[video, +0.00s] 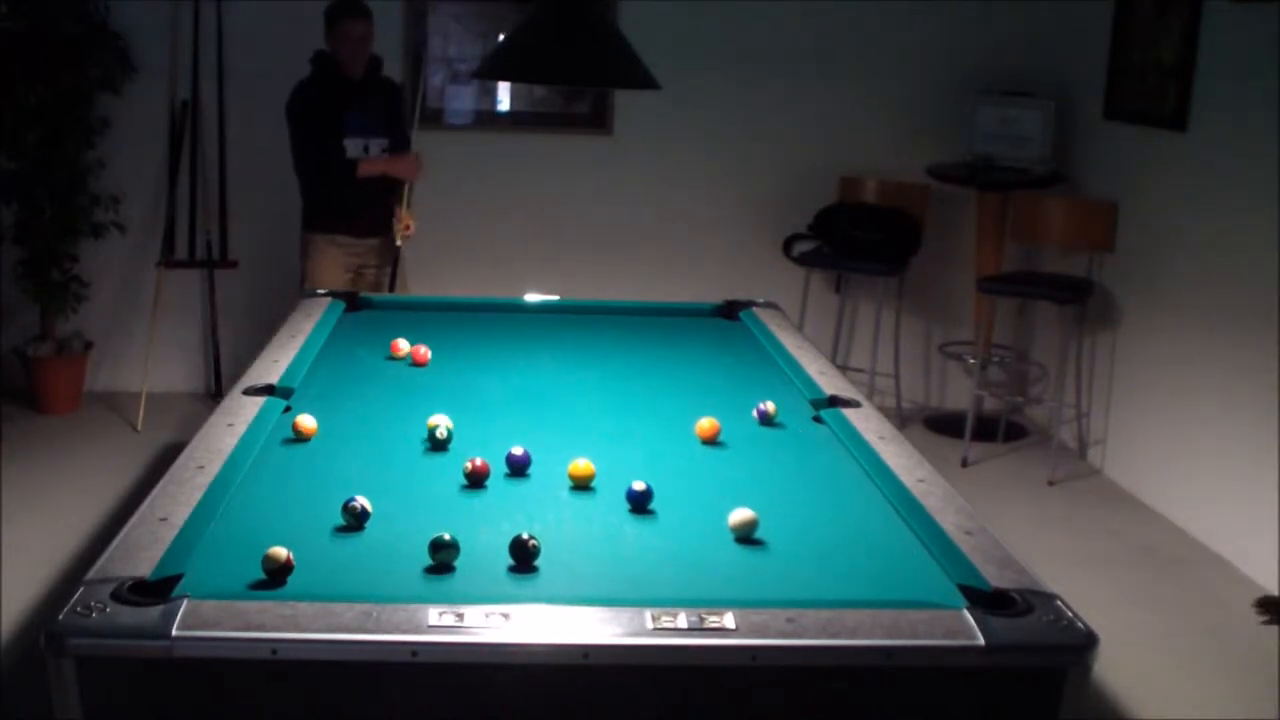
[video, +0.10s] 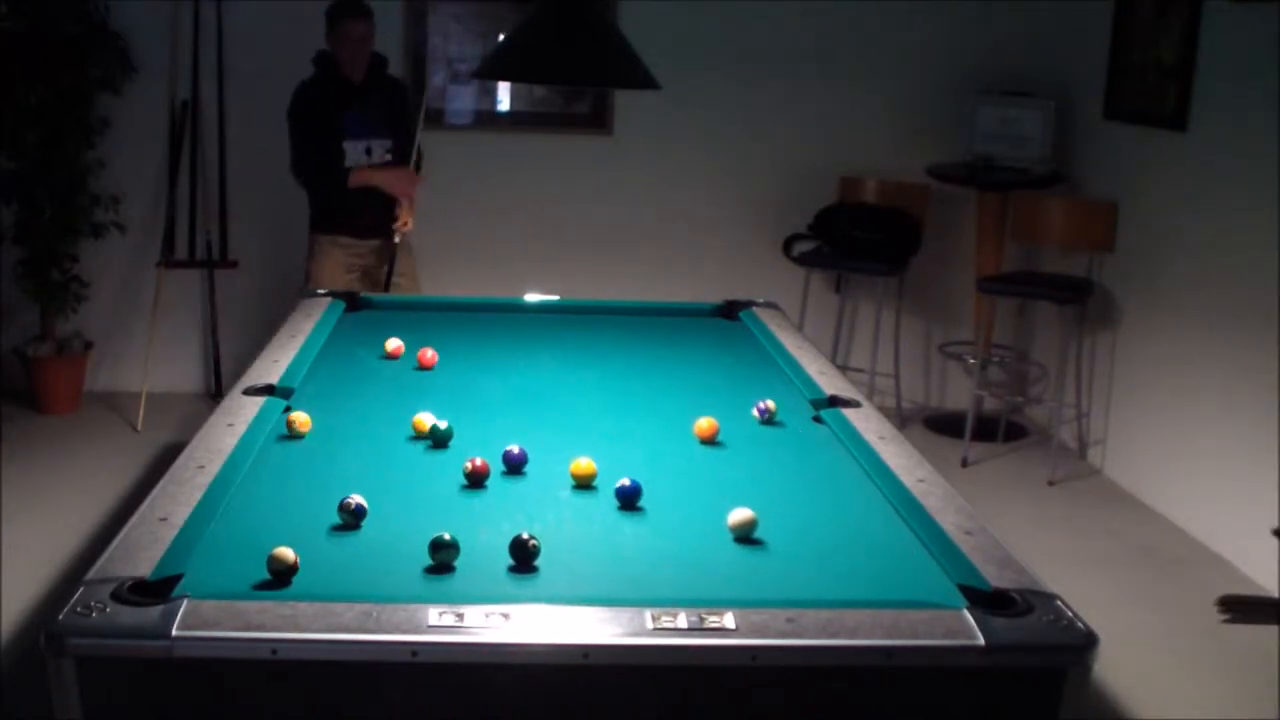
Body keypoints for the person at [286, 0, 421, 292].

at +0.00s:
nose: (358, 48)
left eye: (364, 38)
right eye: (350, 39)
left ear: (372, 38)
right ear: (331, 41)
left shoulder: (387, 91)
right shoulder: (309, 93)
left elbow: (400, 159)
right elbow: (318, 171)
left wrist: (400, 210)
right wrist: (387, 165)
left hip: (379, 236)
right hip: (329, 236)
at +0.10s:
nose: (358, 49)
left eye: (364, 39)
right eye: (349, 40)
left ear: (373, 39)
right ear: (331, 41)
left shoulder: (393, 90)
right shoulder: (310, 94)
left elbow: (410, 154)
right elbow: (310, 172)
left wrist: (406, 201)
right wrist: (376, 177)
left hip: (392, 239)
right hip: (336, 239)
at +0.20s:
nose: (363, 54)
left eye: (371, 43)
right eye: (354, 44)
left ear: (381, 43)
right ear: (338, 44)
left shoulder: (402, 91)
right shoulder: (319, 98)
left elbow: (420, 154)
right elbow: (306, 174)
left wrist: (414, 195)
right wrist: (367, 211)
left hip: (402, 240)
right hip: (346, 244)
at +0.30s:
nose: (378, 57)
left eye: (385, 47)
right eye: (369, 47)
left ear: (395, 46)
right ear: (354, 47)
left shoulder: (413, 91)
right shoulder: (334, 101)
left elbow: (435, 151)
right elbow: (314, 179)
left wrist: (435, 191)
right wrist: (363, 235)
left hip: (415, 246)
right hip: (354, 249)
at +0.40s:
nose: (402, 62)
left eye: (409, 52)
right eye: (393, 52)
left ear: (421, 54)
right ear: (378, 53)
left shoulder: (435, 102)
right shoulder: (354, 108)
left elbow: (452, 157)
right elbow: (332, 185)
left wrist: (459, 191)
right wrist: (372, 246)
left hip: (429, 247)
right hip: (371, 250)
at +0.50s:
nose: (435, 69)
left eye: (442, 59)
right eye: (426, 59)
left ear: (454, 61)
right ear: (411, 60)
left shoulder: (464, 109)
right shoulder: (385, 112)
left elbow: (477, 163)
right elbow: (356, 185)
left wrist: (487, 200)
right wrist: (394, 249)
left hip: (453, 251)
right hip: (395, 253)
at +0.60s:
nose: (479, 71)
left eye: (486, 62)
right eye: (470, 61)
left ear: (496, 62)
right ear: (453, 61)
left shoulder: (499, 112)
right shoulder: (426, 110)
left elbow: (510, 166)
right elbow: (388, 182)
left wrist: (514, 205)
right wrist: (418, 249)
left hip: (485, 258)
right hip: (431, 263)